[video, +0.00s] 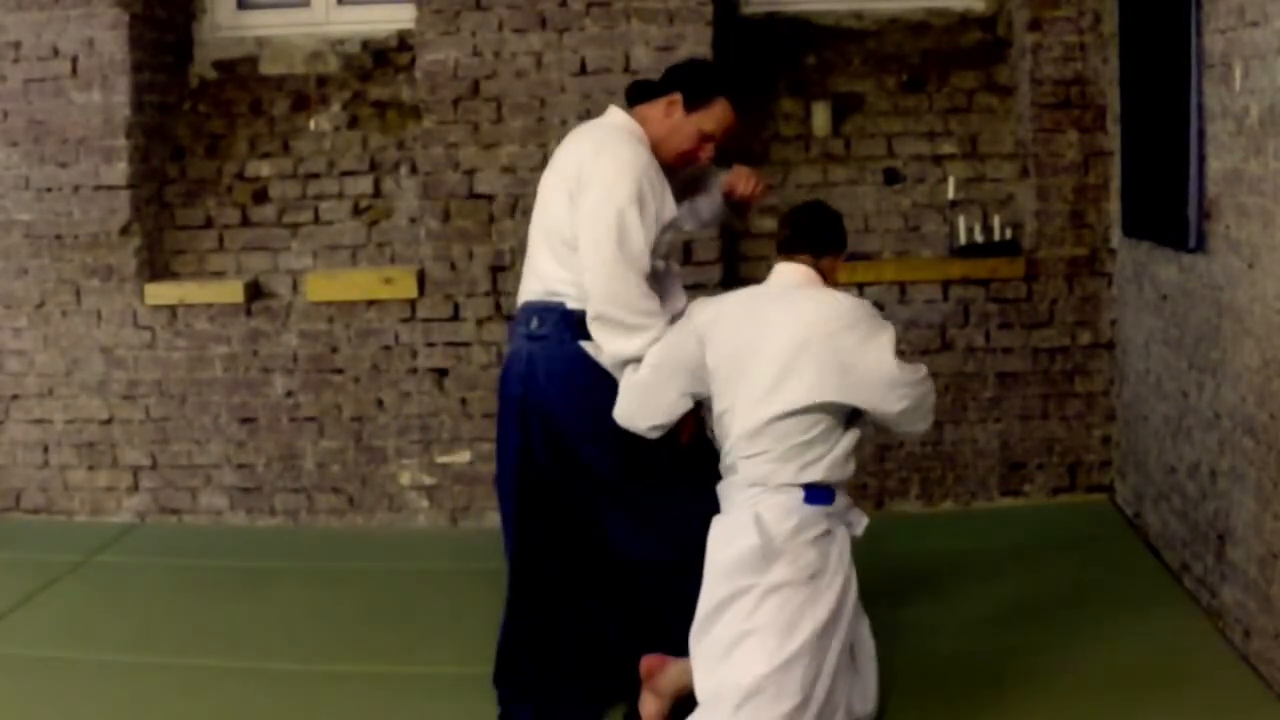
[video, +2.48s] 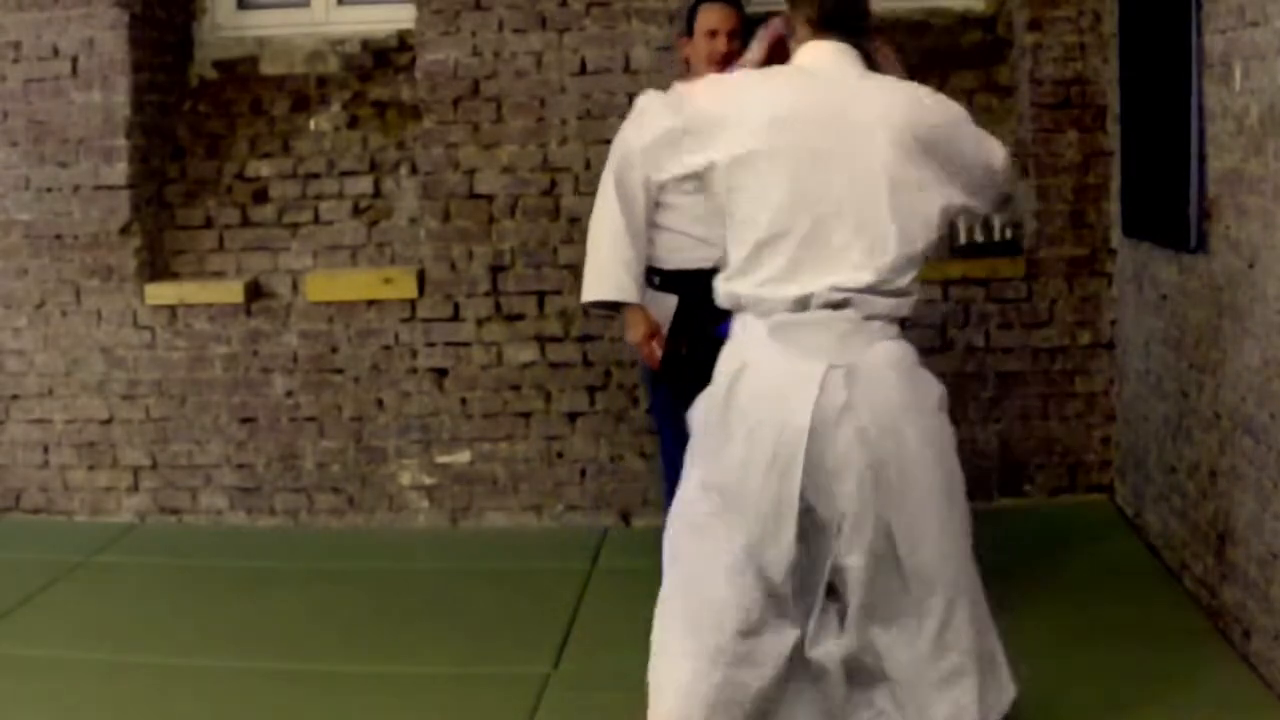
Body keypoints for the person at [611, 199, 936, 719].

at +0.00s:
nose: (841, 271)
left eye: (840, 261)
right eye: (841, 261)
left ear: (779, 250)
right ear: (834, 259)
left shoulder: (717, 315)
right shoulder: (843, 316)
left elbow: (635, 408)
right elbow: (914, 405)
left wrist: (690, 400)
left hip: (740, 516)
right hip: (806, 521)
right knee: (779, 679)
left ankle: (679, 675)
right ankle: (682, 676)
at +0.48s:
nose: (855, 272)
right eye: (858, 264)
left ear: (798, 254)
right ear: (855, 263)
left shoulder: (735, 314)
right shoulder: (858, 309)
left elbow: (653, 403)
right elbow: (916, 424)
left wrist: (705, 413)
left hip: (752, 507)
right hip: (817, 516)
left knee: (849, 669)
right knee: (774, 678)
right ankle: (680, 675)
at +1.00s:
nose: (864, 273)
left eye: (866, 262)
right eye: (865, 261)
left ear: (803, 249)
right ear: (858, 262)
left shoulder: (737, 310)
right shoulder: (853, 321)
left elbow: (659, 393)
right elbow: (878, 438)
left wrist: (706, 430)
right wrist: (908, 540)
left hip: (749, 514)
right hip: (816, 524)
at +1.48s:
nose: (890, 257)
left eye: (891, 246)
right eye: (890, 245)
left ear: (826, 236)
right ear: (882, 245)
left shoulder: (766, 302)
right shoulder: (873, 293)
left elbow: (707, 408)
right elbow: (883, 410)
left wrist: (725, 498)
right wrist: (942, 513)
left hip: (764, 509)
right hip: (829, 512)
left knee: (811, 676)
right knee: (925, 689)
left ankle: (689, 676)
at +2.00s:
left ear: (885, 197)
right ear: (953, 217)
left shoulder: (817, 244)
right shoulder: (942, 298)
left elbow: (750, 337)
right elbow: (1010, 417)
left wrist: (823, 360)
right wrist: (1060, 391)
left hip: (796, 485)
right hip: (877, 499)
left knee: (839, 648)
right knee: (1043, 546)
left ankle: (682, 676)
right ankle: (980, 707)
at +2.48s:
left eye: (779, 20)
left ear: (790, 29)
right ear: (869, 35)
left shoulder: (734, 105)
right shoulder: (917, 111)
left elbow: (642, 137)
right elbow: (997, 176)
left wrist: (737, 75)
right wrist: (903, 87)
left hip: (761, 369)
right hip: (881, 370)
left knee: (726, 597)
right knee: (911, 597)